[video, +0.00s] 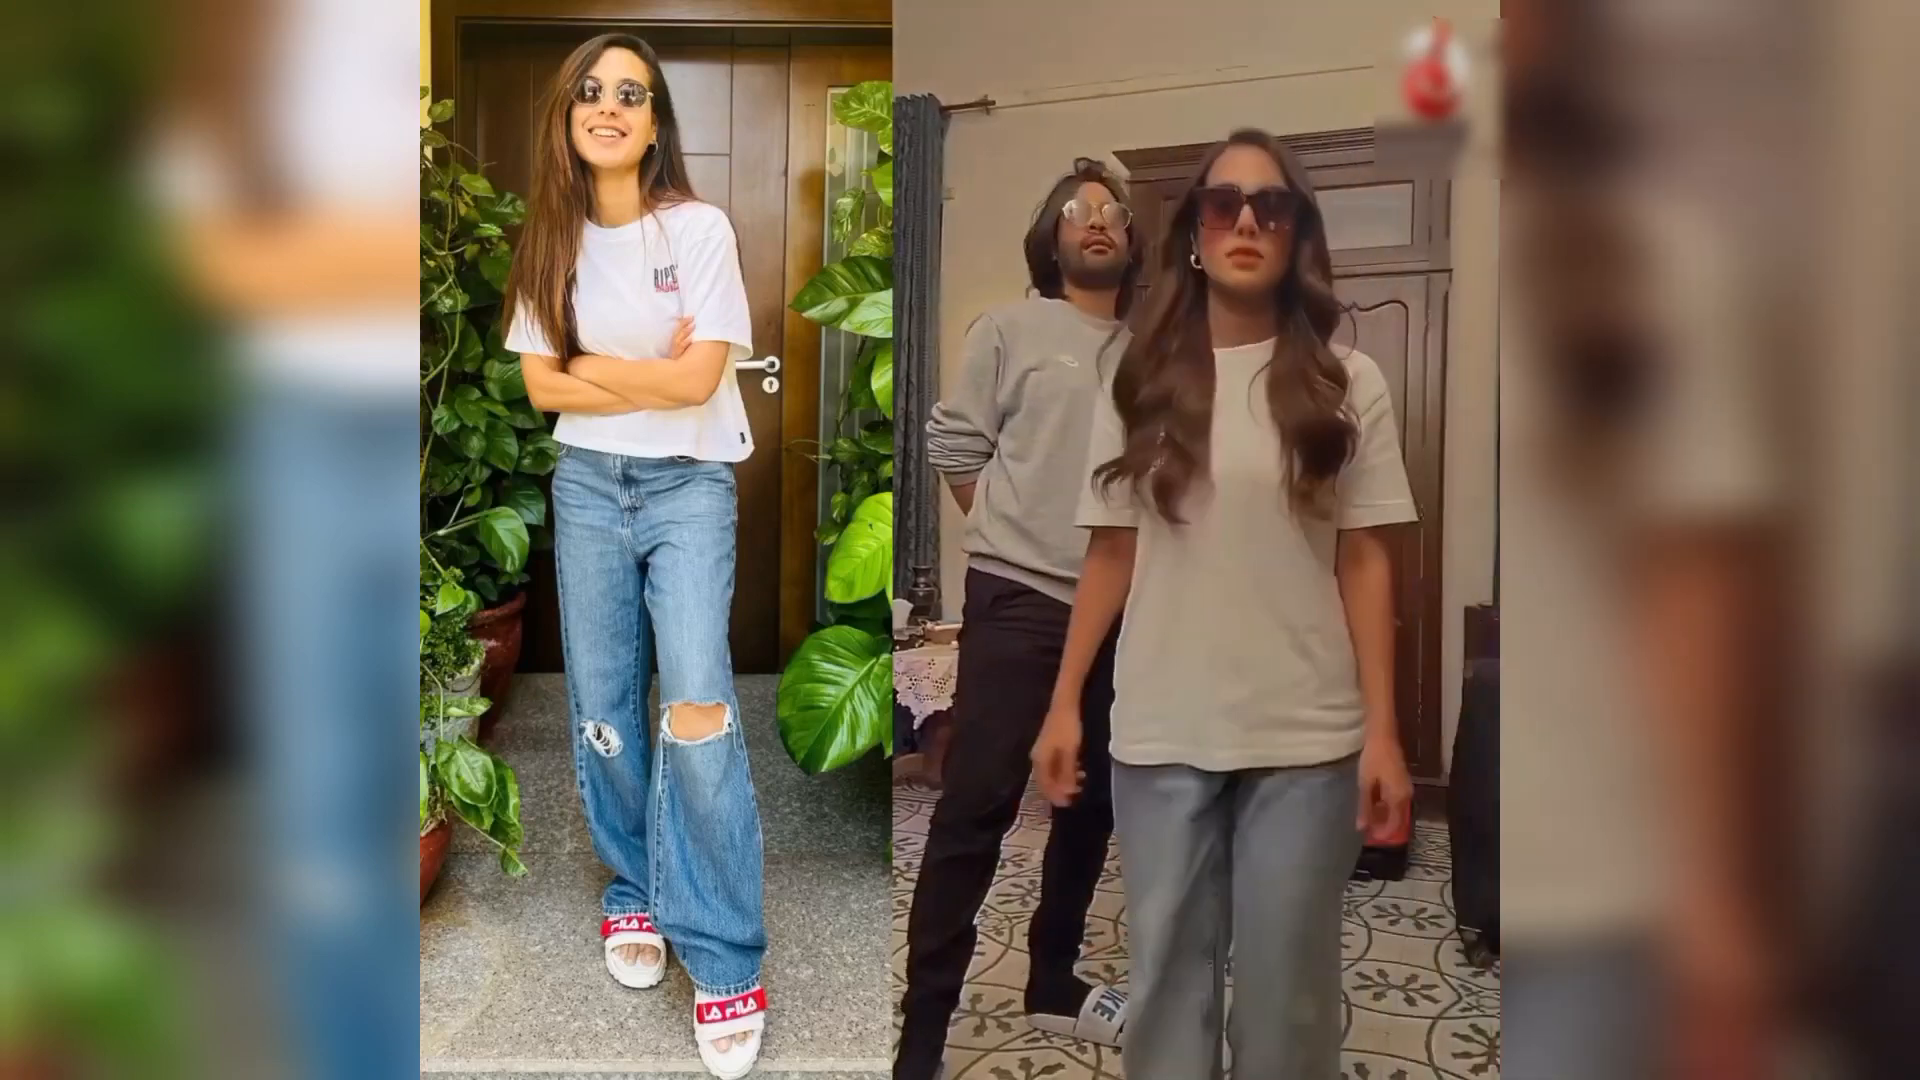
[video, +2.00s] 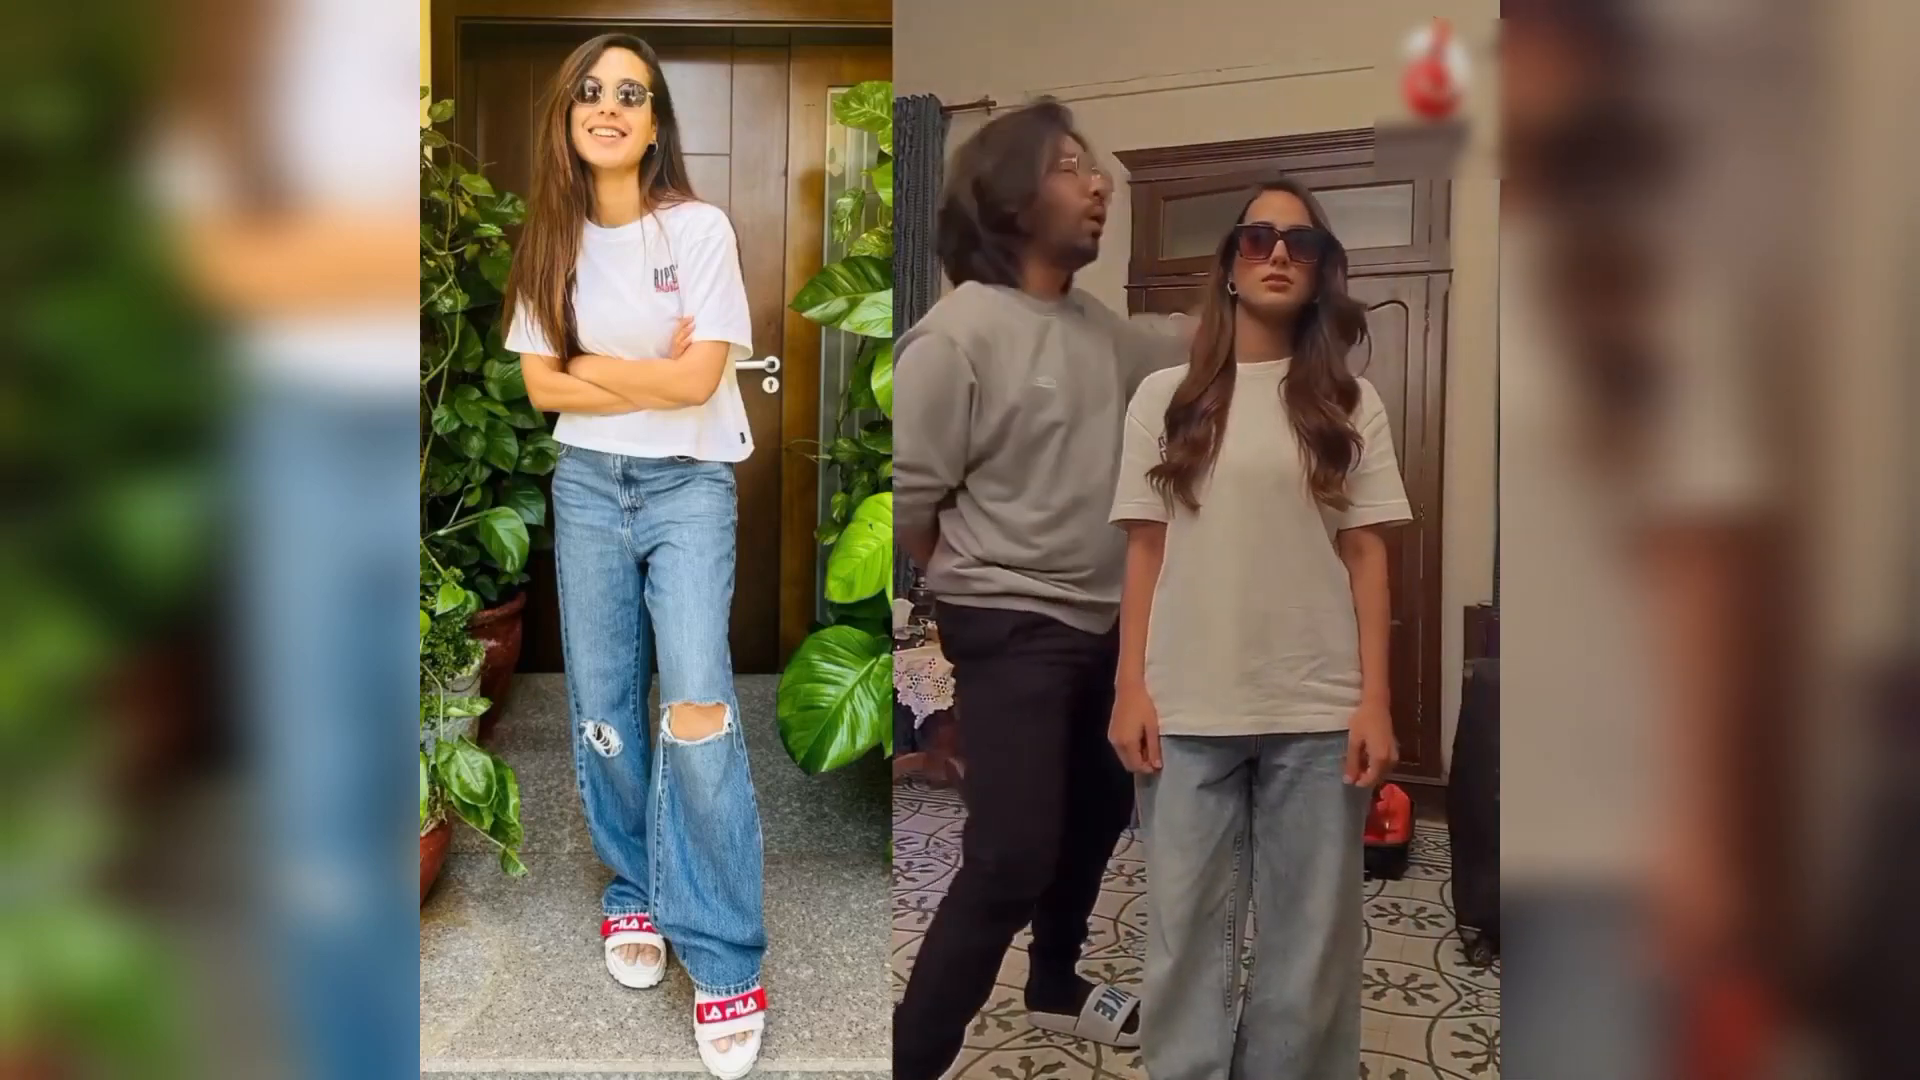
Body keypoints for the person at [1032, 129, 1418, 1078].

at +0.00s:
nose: (1246, 221)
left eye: (1270, 206)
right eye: (1224, 205)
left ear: (1300, 234)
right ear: (1193, 237)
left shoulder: (1346, 378)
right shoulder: (1143, 369)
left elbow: (1363, 561)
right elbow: (1109, 548)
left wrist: (1382, 733)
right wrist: (1065, 699)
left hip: (1308, 736)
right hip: (1162, 731)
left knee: (1287, 1003)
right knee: (1166, 997)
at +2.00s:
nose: (1278, 252)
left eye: (1299, 241)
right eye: (1259, 239)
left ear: (1324, 269)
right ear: (1228, 265)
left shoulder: (1351, 400)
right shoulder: (1167, 395)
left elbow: (1366, 556)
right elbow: (1145, 551)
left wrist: (1374, 701)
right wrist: (1131, 683)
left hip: (1319, 715)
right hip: (1187, 714)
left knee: (1310, 955)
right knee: (1179, 944)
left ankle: (1286, 1072)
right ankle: (1183, 1068)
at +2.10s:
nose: (1272, 253)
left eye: (1294, 242)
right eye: (1252, 240)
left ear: (1318, 270)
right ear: (1222, 266)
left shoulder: (1352, 398)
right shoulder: (1167, 397)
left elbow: (1367, 555)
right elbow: (1146, 548)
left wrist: (1373, 701)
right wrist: (1131, 681)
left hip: (1320, 715)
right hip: (1188, 715)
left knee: (1311, 954)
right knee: (1180, 944)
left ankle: (1289, 1072)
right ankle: (1182, 1069)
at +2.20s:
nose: (1265, 257)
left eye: (1287, 245)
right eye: (1243, 243)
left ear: (1309, 270)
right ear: (1216, 269)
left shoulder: (1355, 398)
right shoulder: (1171, 401)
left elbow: (1370, 556)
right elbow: (1148, 551)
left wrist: (1370, 699)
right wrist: (1127, 684)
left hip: (1320, 716)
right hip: (1186, 715)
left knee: (1310, 954)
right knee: (1181, 945)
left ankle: (1287, 1072)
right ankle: (1183, 1069)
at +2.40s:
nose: (1279, 253)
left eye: (1299, 241)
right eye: (1259, 238)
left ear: (1323, 269)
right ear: (1229, 267)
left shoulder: (1353, 399)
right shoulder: (1168, 396)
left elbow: (1368, 555)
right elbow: (1146, 546)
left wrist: (1372, 701)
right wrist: (1130, 680)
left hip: (1319, 715)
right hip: (1187, 714)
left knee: (1311, 950)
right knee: (1180, 942)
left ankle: (1290, 1072)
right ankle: (1182, 1069)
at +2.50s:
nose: (1281, 251)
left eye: (1302, 241)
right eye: (1262, 237)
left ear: (1327, 270)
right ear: (1232, 265)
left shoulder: (1354, 399)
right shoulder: (1169, 394)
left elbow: (1369, 556)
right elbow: (1146, 544)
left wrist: (1373, 701)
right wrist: (1132, 680)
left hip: (1320, 716)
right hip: (1188, 714)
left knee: (1311, 954)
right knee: (1180, 944)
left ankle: (1289, 1072)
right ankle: (1182, 1069)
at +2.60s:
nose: (1271, 253)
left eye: (1293, 242)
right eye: (1252, 239)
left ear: (1317, 270)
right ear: (1224, 265)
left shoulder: (1357, 398)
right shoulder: (1172, 397)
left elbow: (1371, 554)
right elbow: (1148, 547)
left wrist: (1373, 699)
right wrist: (1132, 680)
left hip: (1321, 714)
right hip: (1189, 712)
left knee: (1309, 953)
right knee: (1180, 942)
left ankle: (1287, 1073)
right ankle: (1183, 1069)